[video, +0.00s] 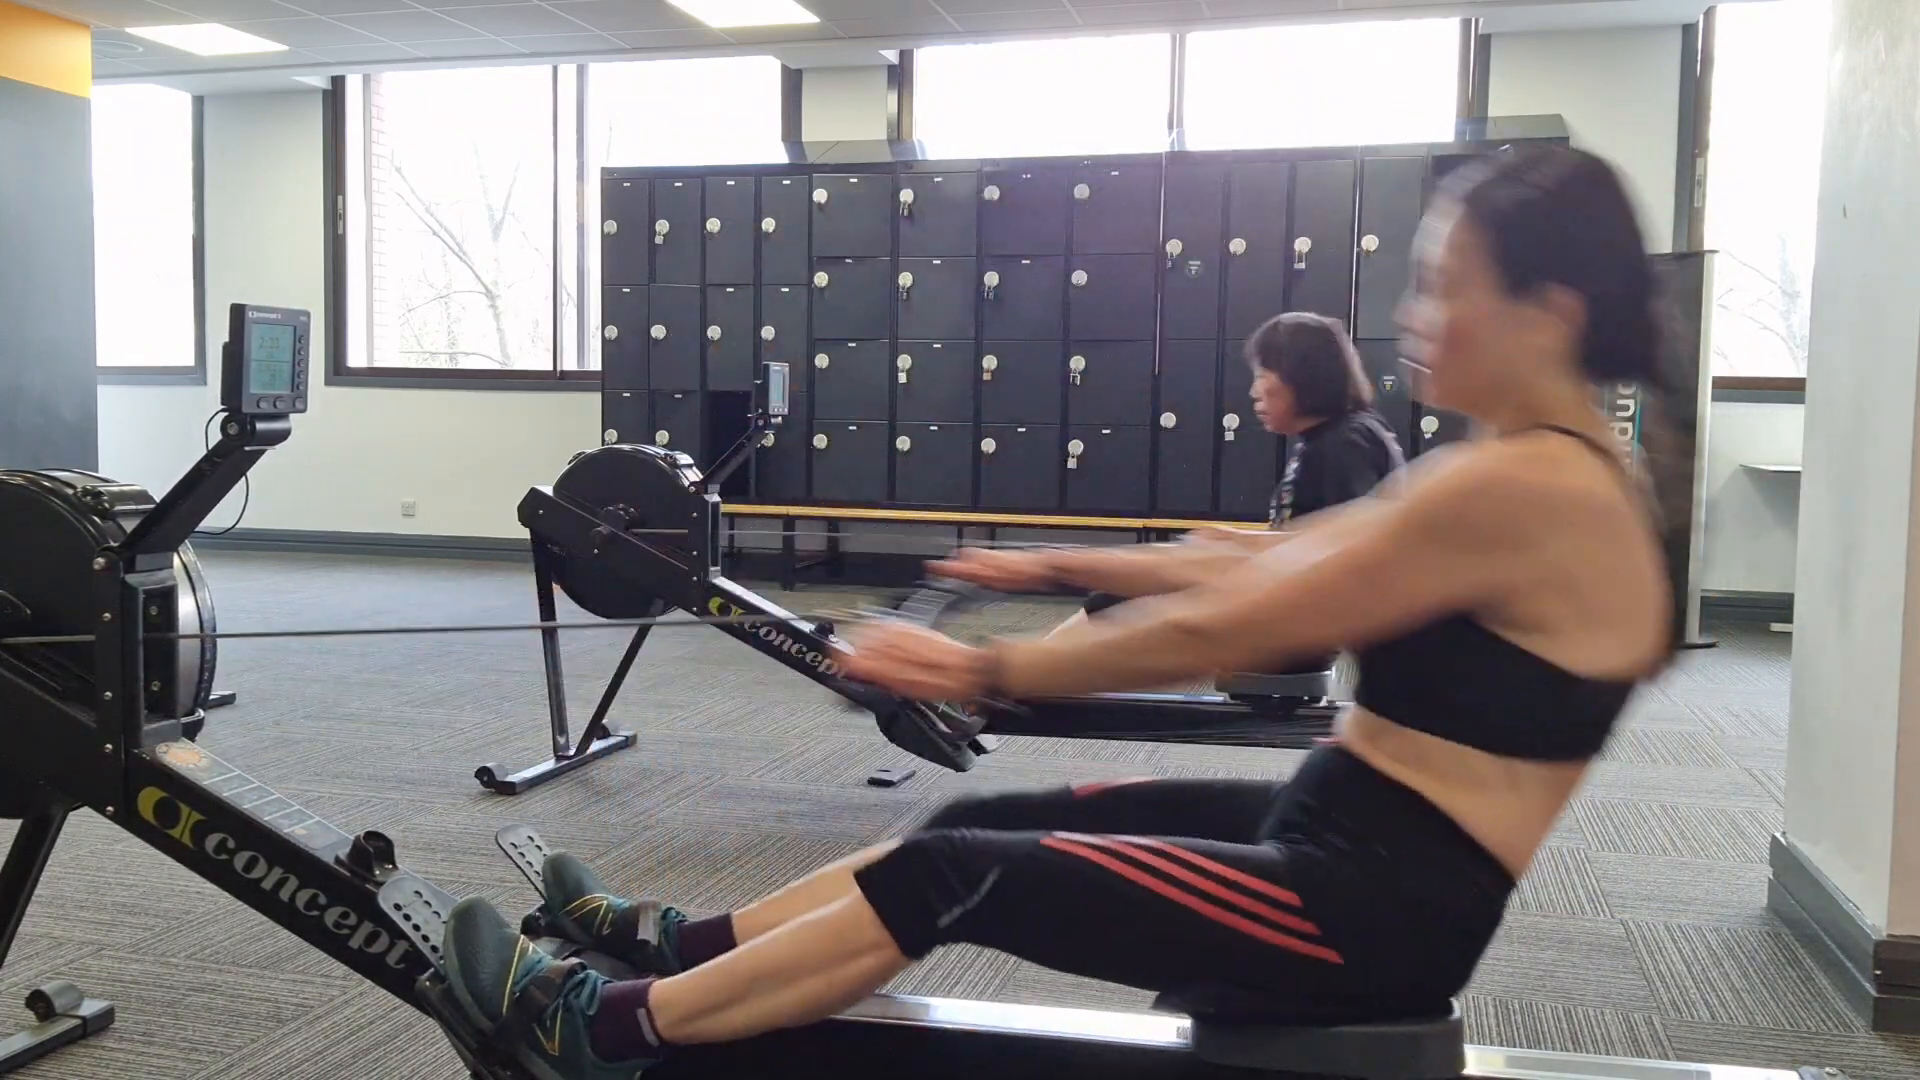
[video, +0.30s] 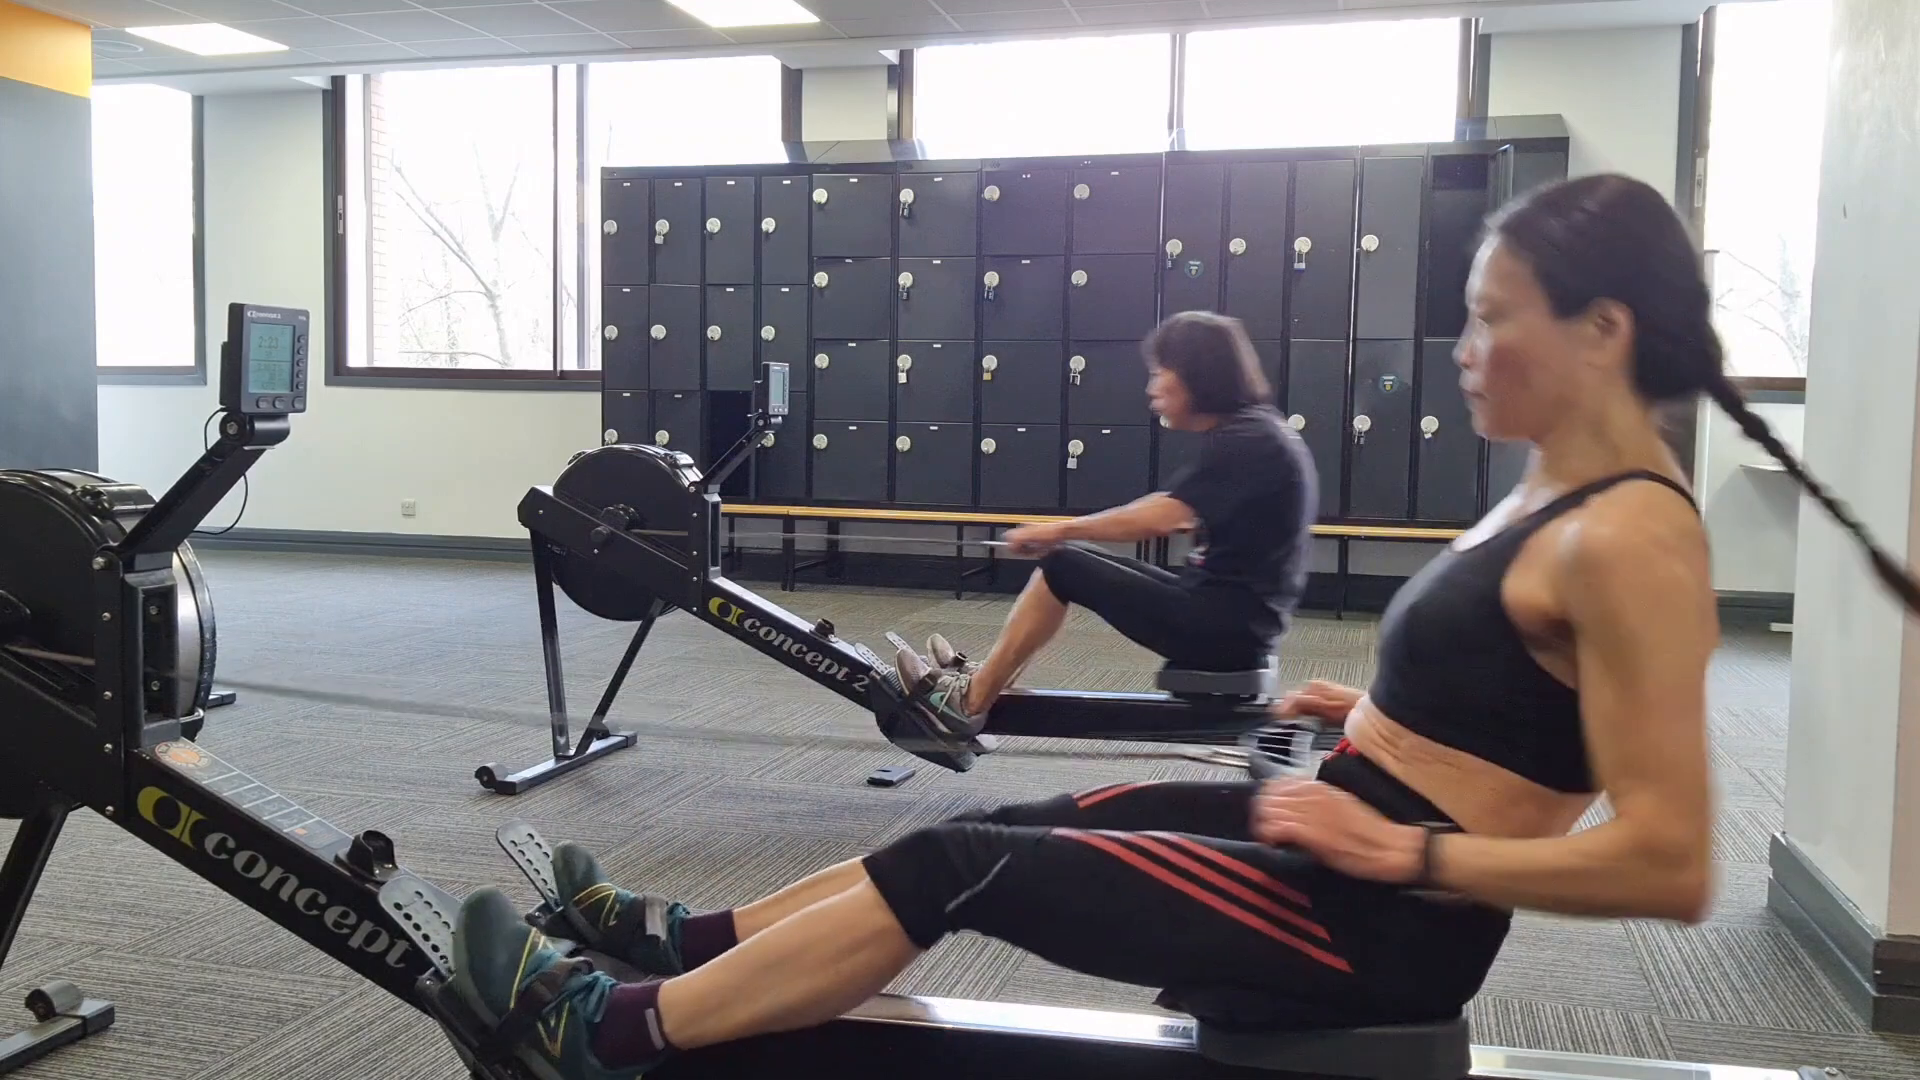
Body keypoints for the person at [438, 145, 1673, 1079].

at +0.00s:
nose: (1420, 324)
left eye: (1450, 295)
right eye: (1427, 292)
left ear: (1556, 317)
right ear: (1541, 318)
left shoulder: (1529, 488)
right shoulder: (1504, 468)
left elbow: (1242, 623)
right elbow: (1260, 574)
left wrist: (985, 672)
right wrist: (1046, 589)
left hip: (1360, 906)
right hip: (1330, 833)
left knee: (966, 864)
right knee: (972, 825)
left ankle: (603, 1031)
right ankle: (681, 948)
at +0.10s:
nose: (1488, 364)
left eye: (1519, 331)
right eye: (1492, 330)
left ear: (1633, 348)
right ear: (1602, 352)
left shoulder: (1624, 528)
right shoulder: (1589, 506)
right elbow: (1391, 661)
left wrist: (1120, 736)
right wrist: (1178, 627)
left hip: (1399, 902)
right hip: (1367, 853)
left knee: (971, 884)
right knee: (984, 848)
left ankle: (619, 1031)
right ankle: (674, 952)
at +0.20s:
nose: (1498, 378)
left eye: (1525, 344)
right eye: (1500, 346)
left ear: (1639, 350)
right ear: (1625, 353)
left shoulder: (1657, 550)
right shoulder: (1603, 517)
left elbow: (1517, 849)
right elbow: (1454, 749)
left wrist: (1266, 813)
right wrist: (1297, 707)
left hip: (1386, 940)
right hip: (1349, 869)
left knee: (964, 882)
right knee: (977, 832)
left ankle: (615, 1032)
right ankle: (693, 957)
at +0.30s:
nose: (1471, 359)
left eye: (1495, 323)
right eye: (1474, 325)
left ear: (1601, 327)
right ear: (1572, 324)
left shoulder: (1634, 534)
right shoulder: (1563, 495)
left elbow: (1673, 858)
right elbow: (1559, 776)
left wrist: (1406, 853)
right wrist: (1380, 736)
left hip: (1380, 925)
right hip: (1333, 838)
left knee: (956, 863)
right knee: (962, 821)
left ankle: (623, 1026)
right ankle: (687, 966)